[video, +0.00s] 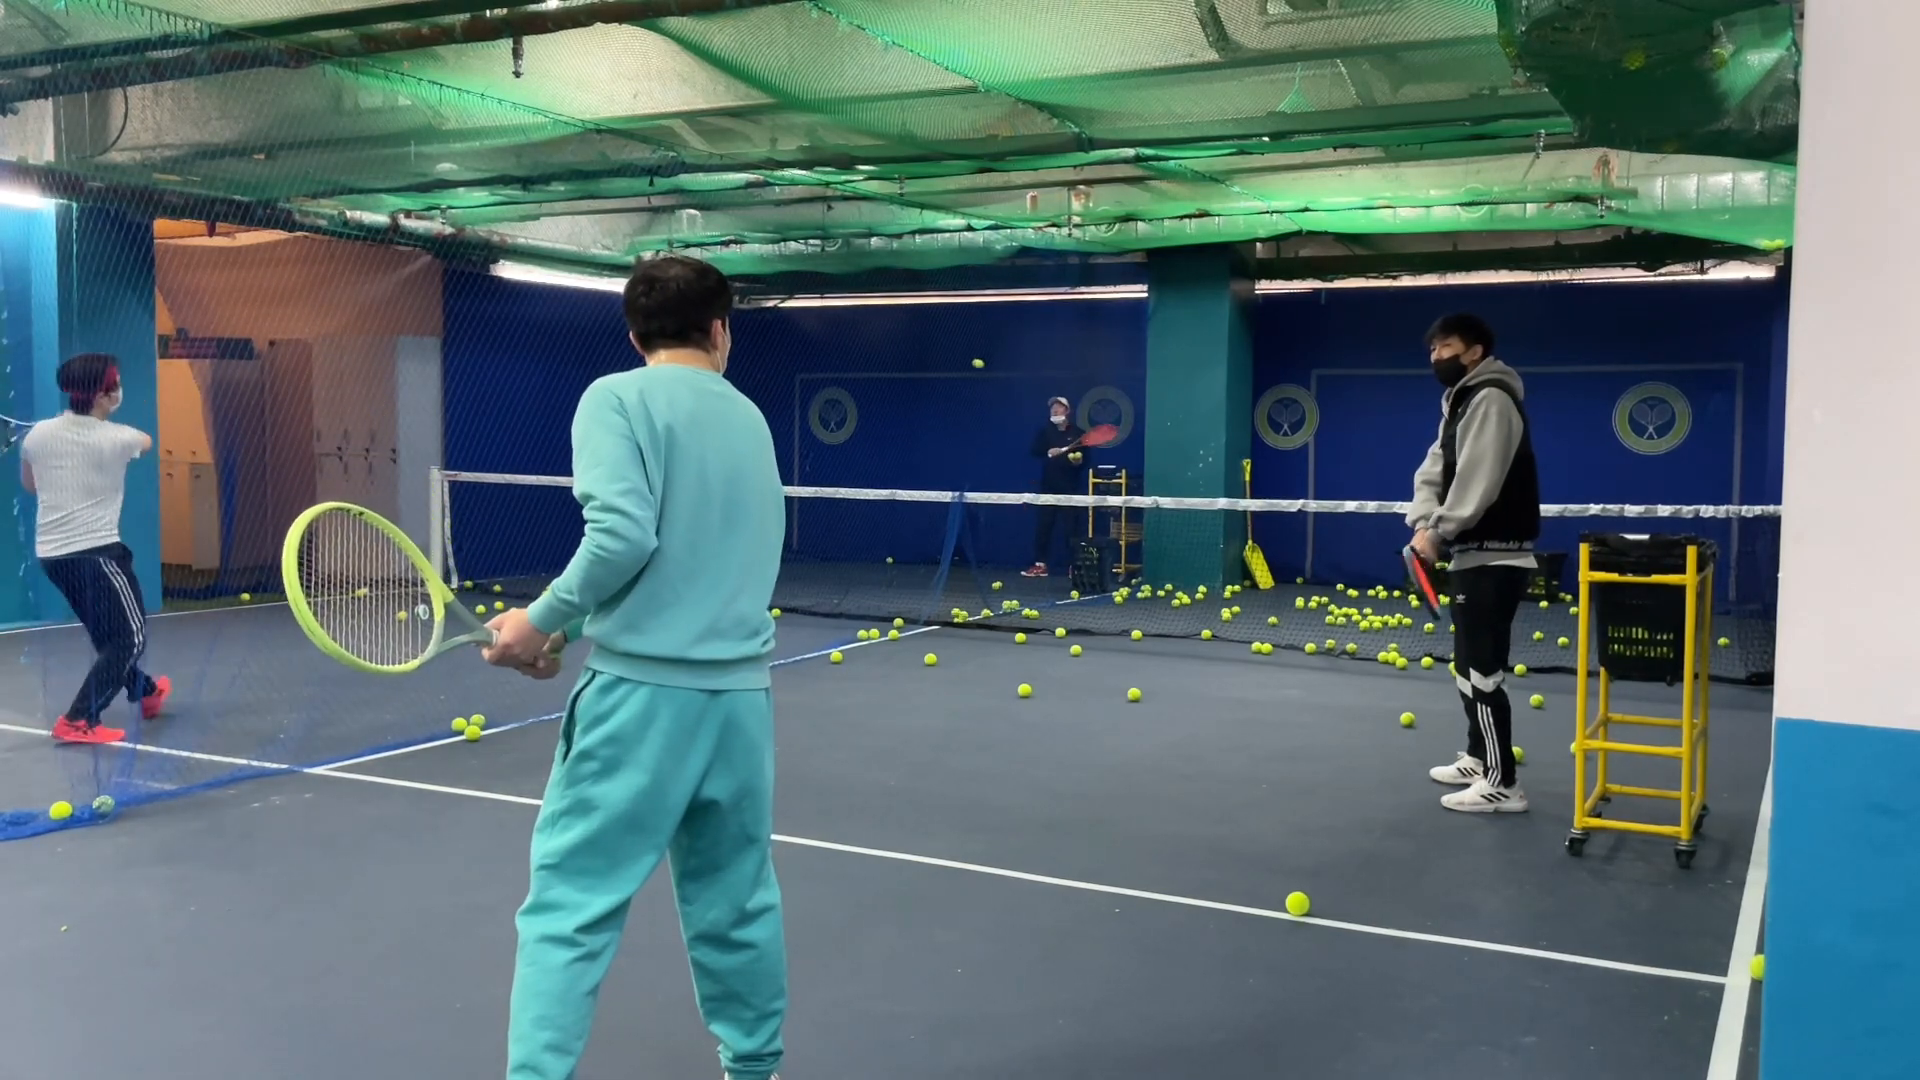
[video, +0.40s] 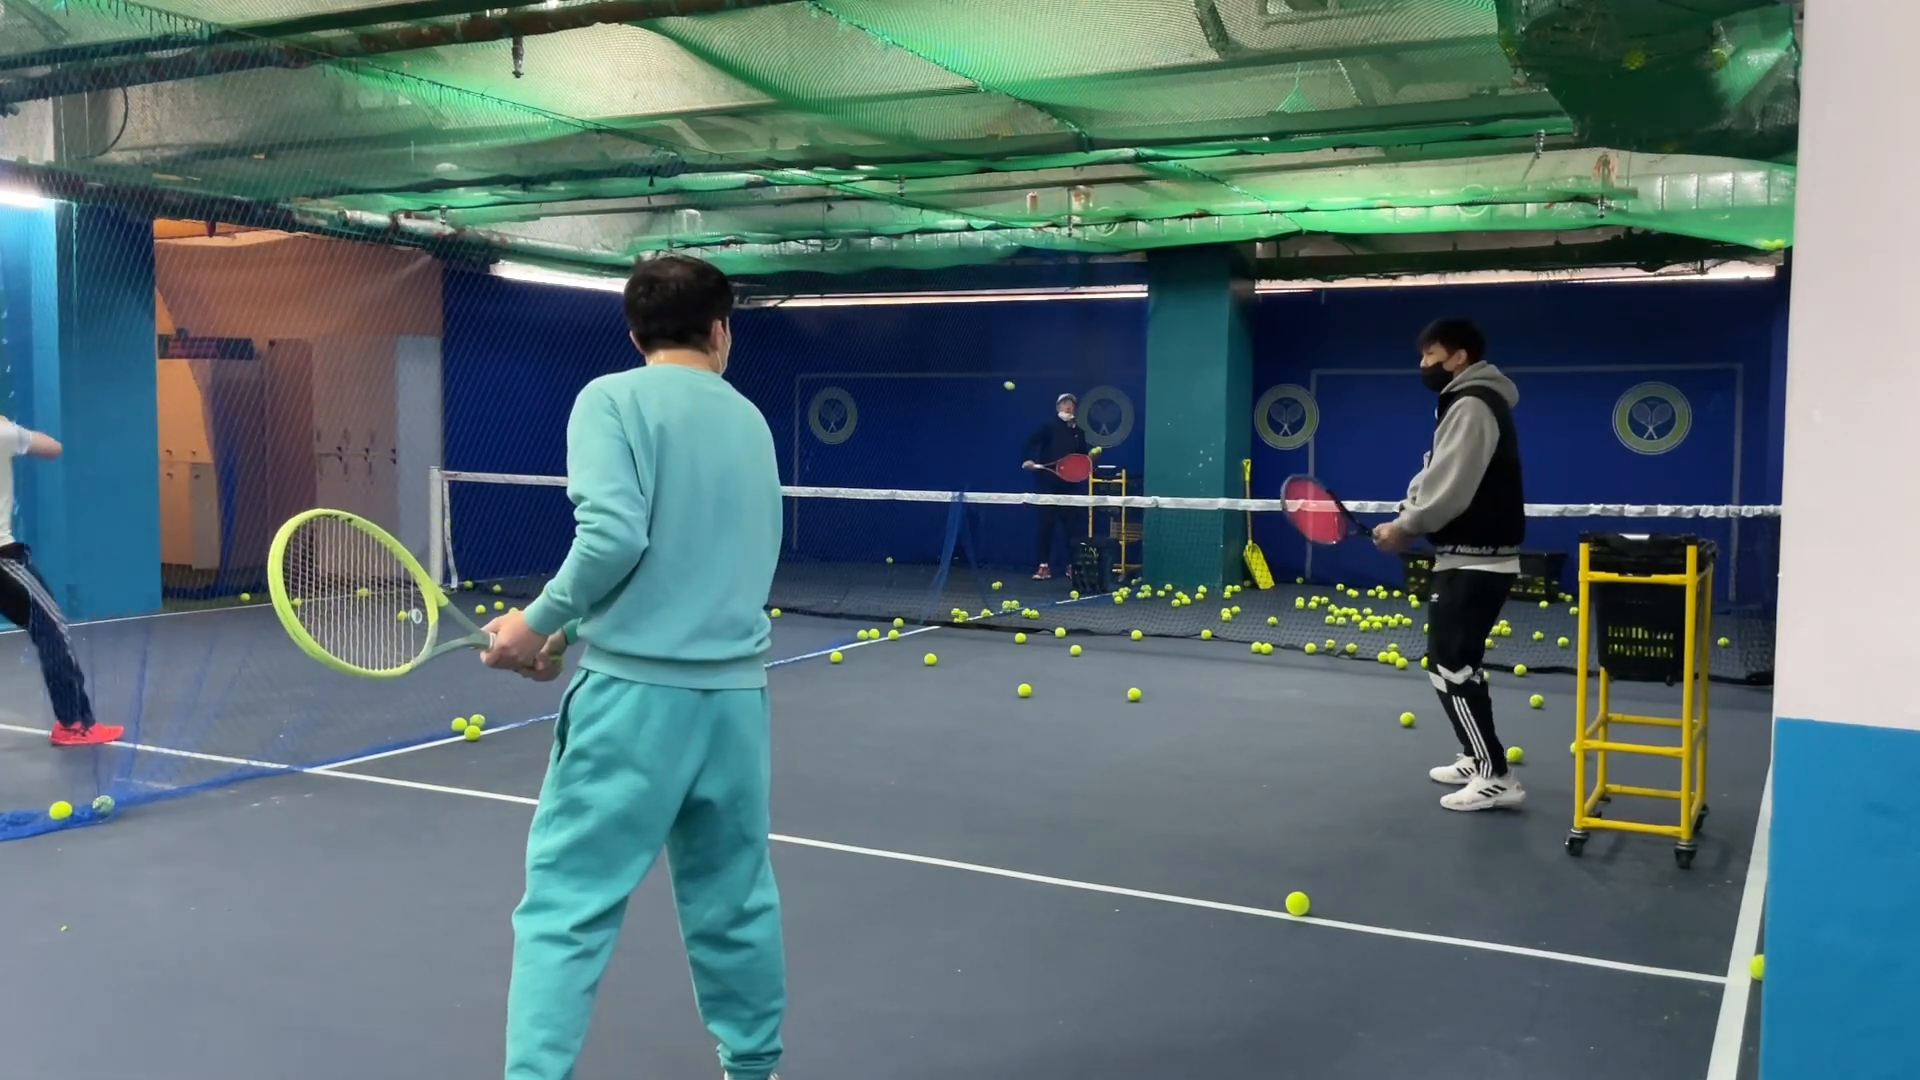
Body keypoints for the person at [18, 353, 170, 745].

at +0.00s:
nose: (119, 392)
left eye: (117, 384)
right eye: (114, 386)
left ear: (73, 391)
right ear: (98, 394)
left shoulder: (37, 434)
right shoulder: (115, 437)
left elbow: (30, 483)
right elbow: (146, 441)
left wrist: (67, 472)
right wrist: (101, 430)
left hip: (53, 555)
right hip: (97, 550)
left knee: (104, 630)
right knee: (131, 633)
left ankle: (144, 691)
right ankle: (78, 719)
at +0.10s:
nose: (93, 383)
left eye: (91, 376)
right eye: (89, 378)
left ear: (47, 385)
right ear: (76, 388)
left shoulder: (14, 428)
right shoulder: (95, 431)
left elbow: (9, 480)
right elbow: (126, 436)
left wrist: (32, 485)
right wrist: (94, 427)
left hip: (36, 551)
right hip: (80, 547)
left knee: (75, 622)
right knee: (116, 627)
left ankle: (95, 701)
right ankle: (77, 720)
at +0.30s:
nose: (31, 382)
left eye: (28, 376)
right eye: (27, 376)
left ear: (3, 382)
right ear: (17, 382)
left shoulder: (14, 421)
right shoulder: (30, 425)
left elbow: (79, 434)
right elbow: (81, 434)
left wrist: (38, 429)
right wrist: (40, 433)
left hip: (9, 547)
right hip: (30, 546)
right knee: (84, 626)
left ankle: (75, 721)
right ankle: (76, 722)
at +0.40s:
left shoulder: (6, 429)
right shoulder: (4, 430)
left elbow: (53, 447)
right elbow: (52, 447)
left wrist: (16, 434)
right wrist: (16, 434)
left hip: (7, 551)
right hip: (3, 551)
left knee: (49, 626)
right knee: (50, 625)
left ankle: (72, 720)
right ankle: (74, 722)